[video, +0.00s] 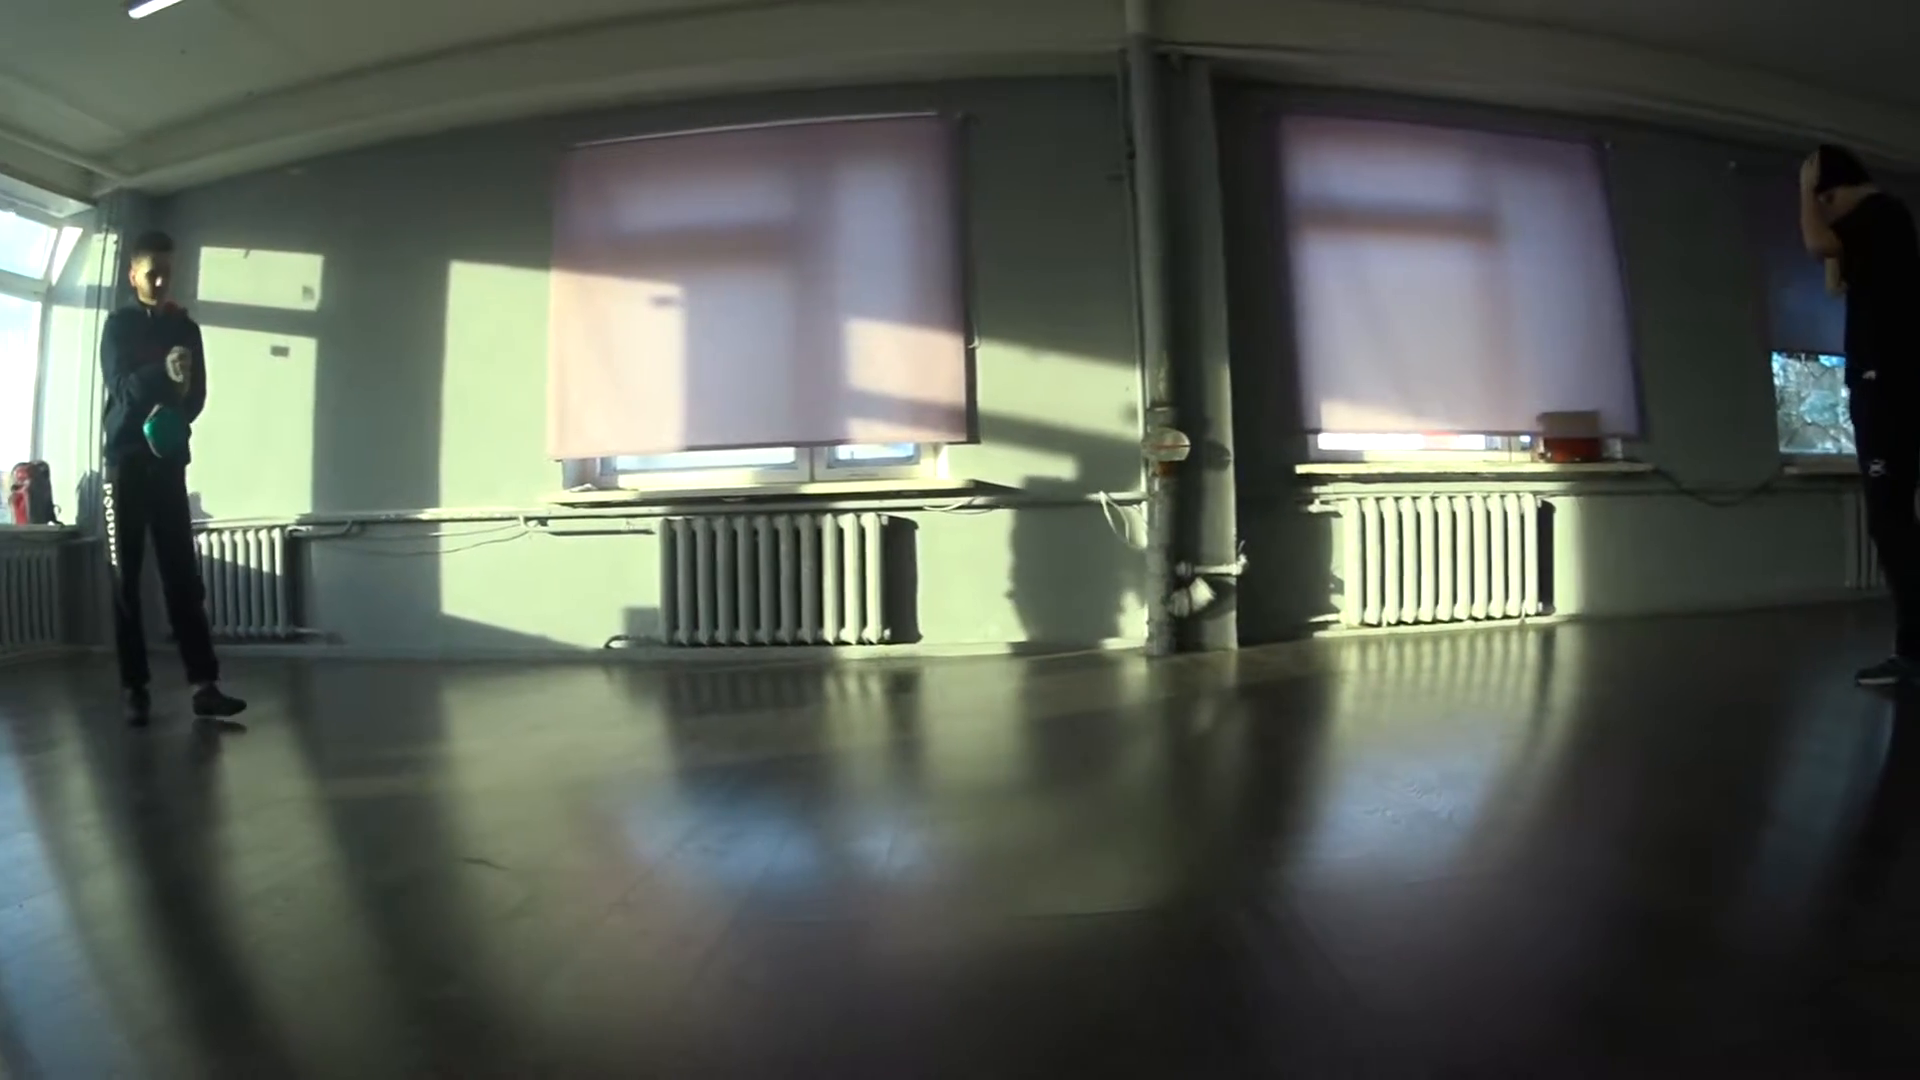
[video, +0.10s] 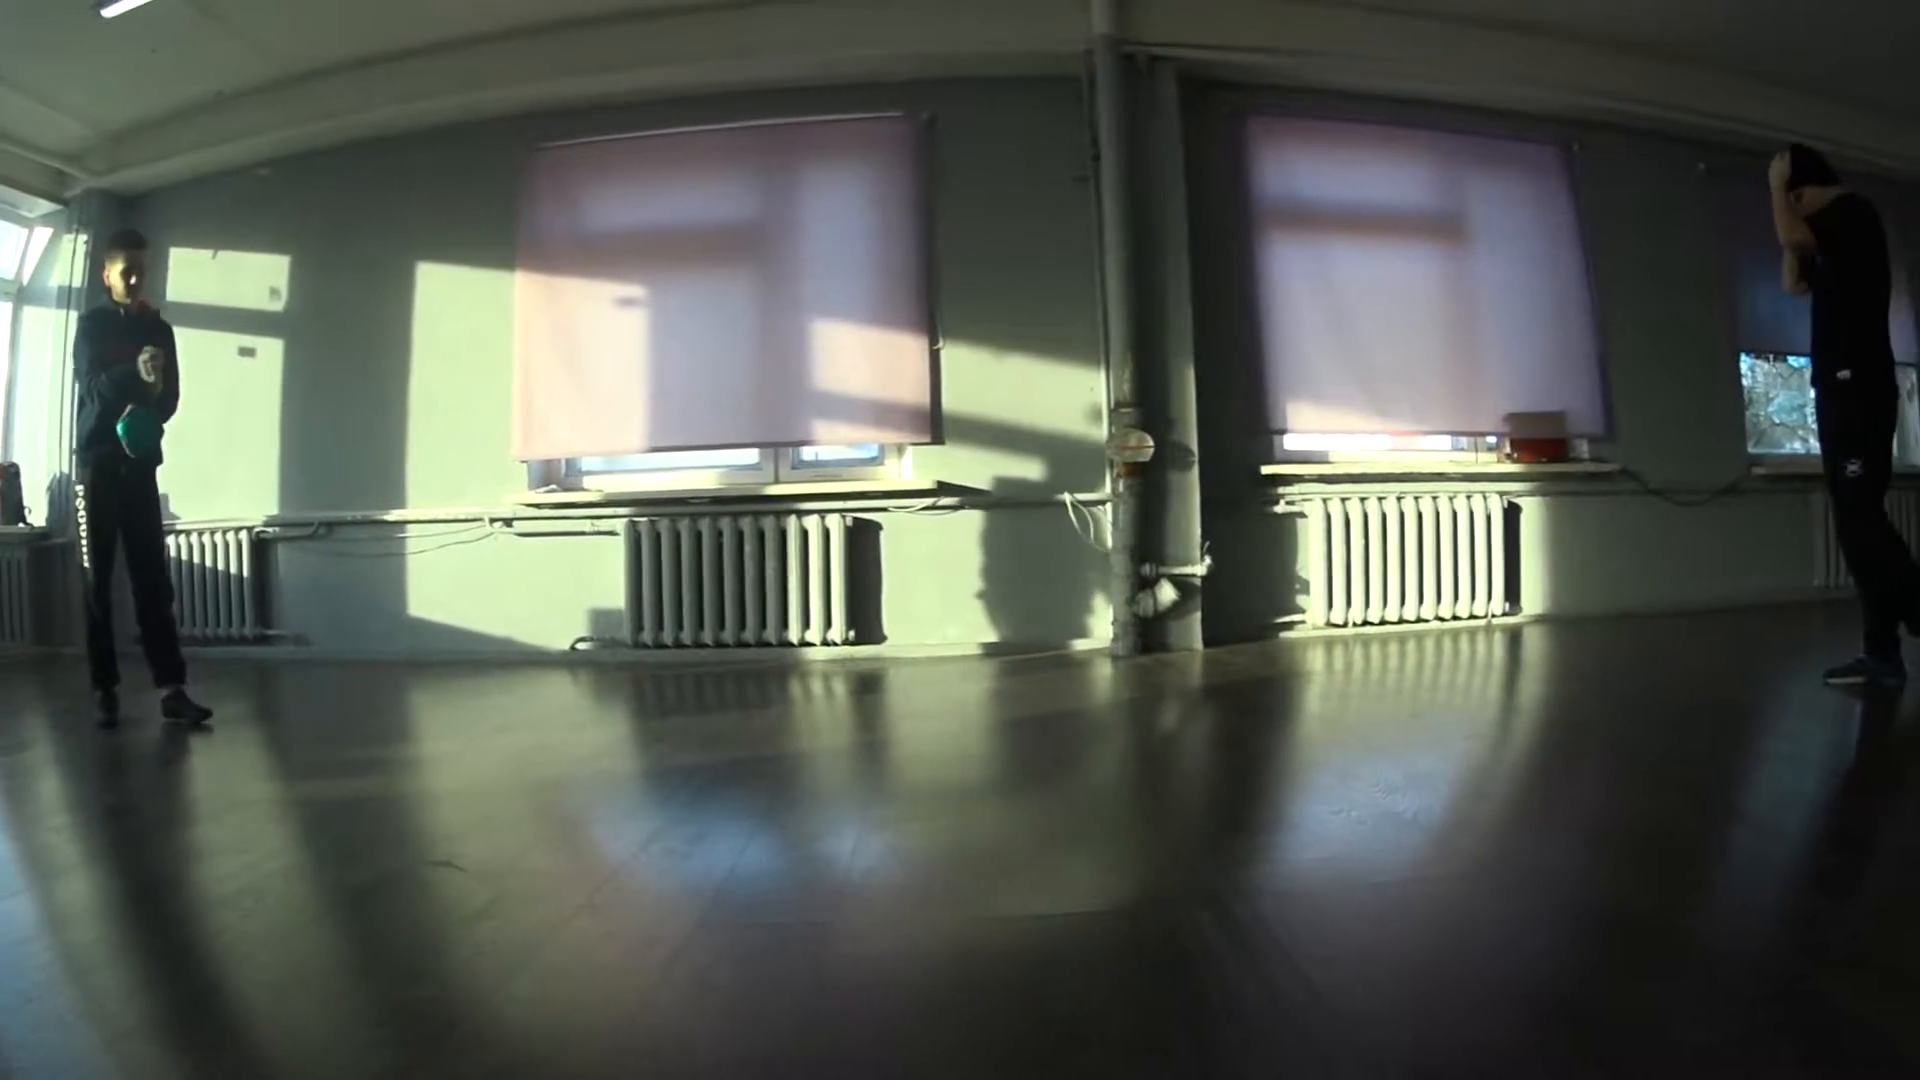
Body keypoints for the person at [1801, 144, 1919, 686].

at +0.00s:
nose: (1820, 207)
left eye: (1820, 195)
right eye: (1818, 197)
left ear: (1833, 190)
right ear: (1857, 181)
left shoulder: (1874, 217)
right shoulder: (1876, 219)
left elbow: (1816, 242)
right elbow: (1837, 280)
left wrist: (1808, 190)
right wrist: (1818, 206)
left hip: (1887, 398)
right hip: (1886, 397)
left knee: (1892, 527)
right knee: (1892, 526)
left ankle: (1910, 655)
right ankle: (1908, 653)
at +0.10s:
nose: (1784, 196)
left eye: (1785, 184)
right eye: (1781, 187)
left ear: (1802, 183)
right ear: (1820, 175)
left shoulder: (1849, 213)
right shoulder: (1833, 225)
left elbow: (1793, 240)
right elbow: (1795, 283)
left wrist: (1777, 190)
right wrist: (1793, 225)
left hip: (1861, 386)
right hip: (1842, 387)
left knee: (1861, 519)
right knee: (1858, 520)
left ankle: (1885, 655)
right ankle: (1880, 655)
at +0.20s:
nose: (1769, 196)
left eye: (1771, 184)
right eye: (1764, 186)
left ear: (1791, 183)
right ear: (1801, 185)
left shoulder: (1841, 215)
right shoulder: (1816, 238)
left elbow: (1785, 229)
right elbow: (1766, 280)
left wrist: (1765, 185)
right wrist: (1770, 223)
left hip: (1847, 386)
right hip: (1823, 389)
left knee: (1845, 518)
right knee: (1838, 520)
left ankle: (1910, 624)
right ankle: (1864, 653)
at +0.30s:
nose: (1768, 199)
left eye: (1771, 189)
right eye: (1763, 191)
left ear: (1788, 183)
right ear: (1801, 180)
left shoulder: (1841, 214)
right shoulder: (1798, 240)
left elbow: (1793, 226)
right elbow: (1750, 272)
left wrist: (1767, 179)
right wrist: (1768, 213)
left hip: (1848, 386)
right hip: (1816, 390)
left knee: (1843, 519)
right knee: (1835, 522)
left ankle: (1913, 623)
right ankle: (1860, 654)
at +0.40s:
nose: (1769, 194)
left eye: (1773, 183)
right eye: (1765, 187)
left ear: (1790, 177)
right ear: (1793, 179)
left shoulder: (1842, 213)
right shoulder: (1787, 239)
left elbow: (1803, 221)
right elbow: (1742, 266)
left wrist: (1774, 170)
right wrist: (1769, 203)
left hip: (1851, 379)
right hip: (1812, 384)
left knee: (1845, 513)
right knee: (1832, 517)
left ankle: (1909, 628)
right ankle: (1860, 654)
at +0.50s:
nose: (1776, 185)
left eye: (1782, 175)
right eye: (1772, 178)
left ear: (1805, 172)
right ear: (1780, 181)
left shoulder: (1845, 216)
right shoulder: (1786, 237)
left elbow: (1809, 211)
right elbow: (1738, 259)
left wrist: (1779, 161)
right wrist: (1767, 199)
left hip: (1852, 383)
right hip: (1811, 387)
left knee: (1855, 516)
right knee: (1829, 519)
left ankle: (1888, 650)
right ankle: (1855, 652)